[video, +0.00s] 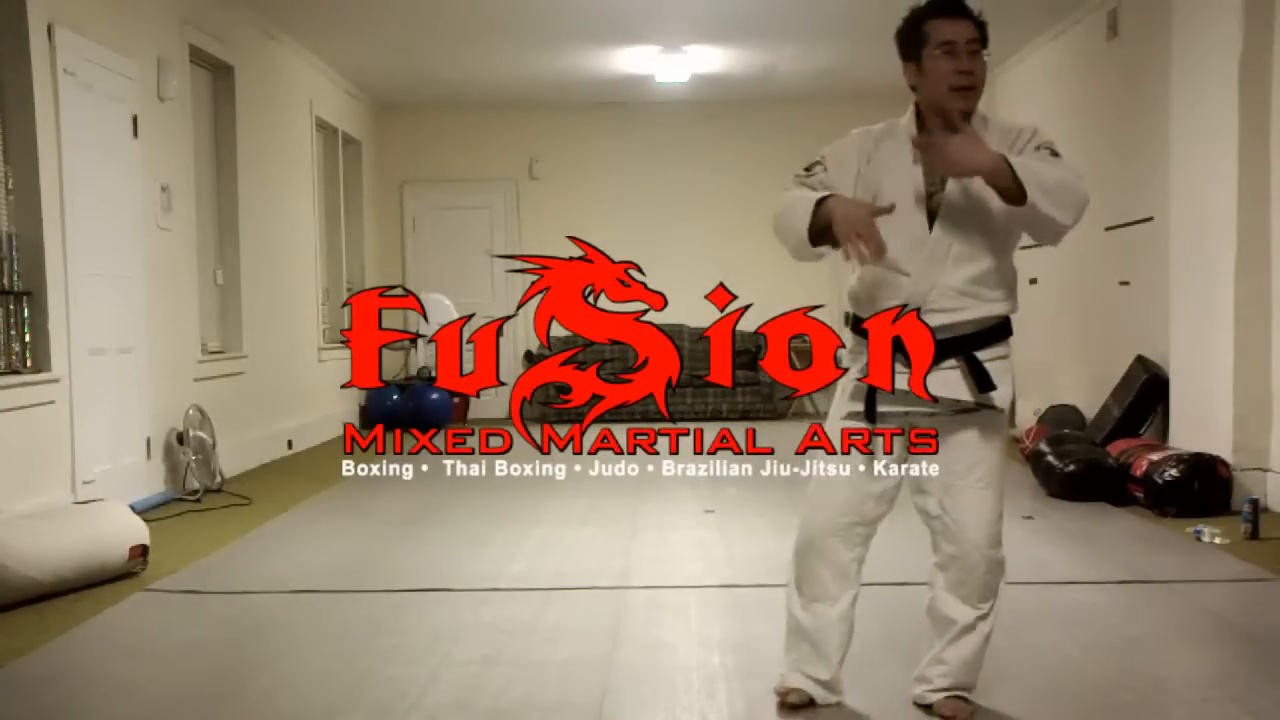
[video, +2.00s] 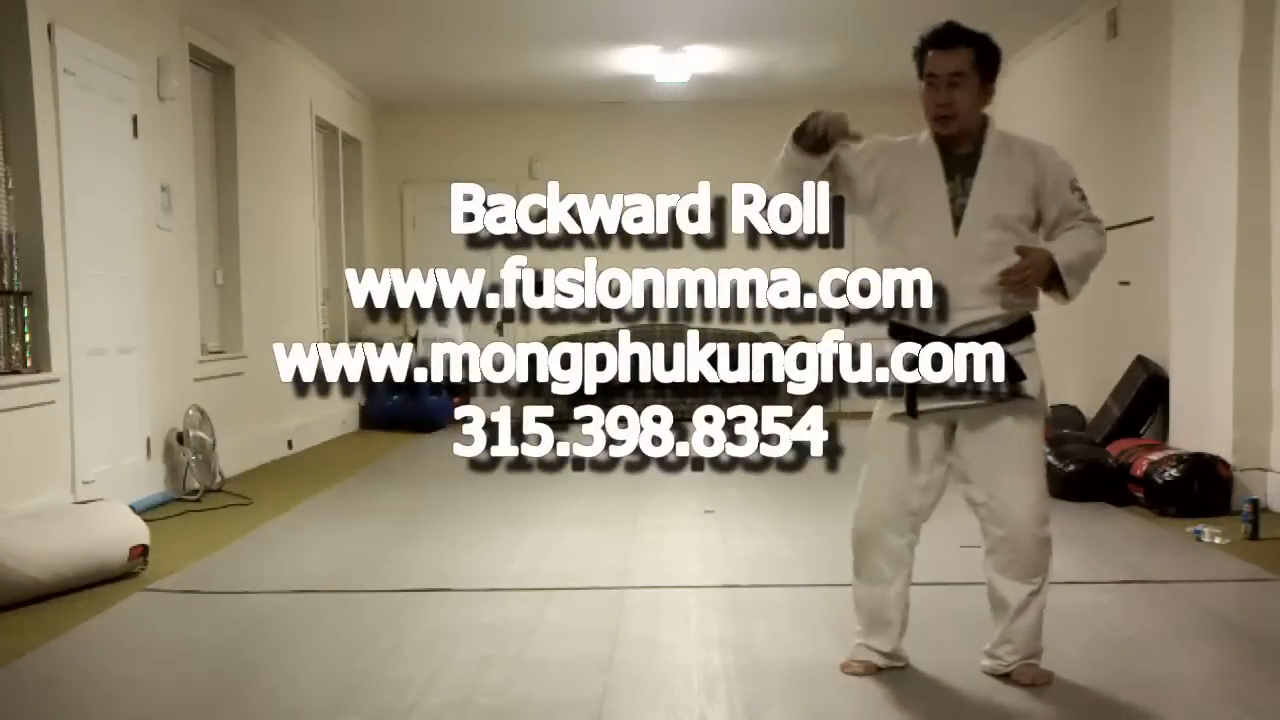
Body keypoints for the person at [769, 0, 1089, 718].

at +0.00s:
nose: (968, 64)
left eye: (976, 50)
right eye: (949, 52)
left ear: (987, 63)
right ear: (912, 69)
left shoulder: (1014, 144)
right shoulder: (865, 149)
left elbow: (1070, 206)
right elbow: (788, 215)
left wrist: (995, 168)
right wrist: (830, 210)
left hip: (972, 362)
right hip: (874, 362)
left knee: (975, 545)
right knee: (827, 531)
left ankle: (947, 688)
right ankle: (807, 680)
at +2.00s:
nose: (941, 96)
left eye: (957, 82)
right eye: (931, 82)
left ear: (987, 88)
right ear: (918, 88)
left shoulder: (1035, 162)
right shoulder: (880, 160)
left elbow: (1085, 233)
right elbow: (790, 191)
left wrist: (1053, 260)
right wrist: (810, 146)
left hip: (1000, 369)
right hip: (907, 371)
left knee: (1022, 523)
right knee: (880, 518)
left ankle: (1015, 654)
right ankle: (877, 642)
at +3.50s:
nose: (940, 85)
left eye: (957, 73)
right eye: (931, 73)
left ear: (988, 85)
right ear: (919, 86)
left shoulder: (1031, 167)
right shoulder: (887, 154)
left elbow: (1079, 243)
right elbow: (836, 121)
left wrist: (1032, 267)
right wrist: (858, 60)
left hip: (989, 362)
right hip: (896, 363)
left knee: (1011, 521)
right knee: (881, 516)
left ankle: (1014, 651)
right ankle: (879, 643)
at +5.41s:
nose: (967, 87)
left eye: (984, 73)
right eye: (960, 74)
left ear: (1020, 89)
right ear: (950, 84)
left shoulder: (1063, 171)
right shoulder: (915, 154)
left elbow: (1107, 249)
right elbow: (850, 118)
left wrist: (1064, 273)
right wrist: (818, 54)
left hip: (1016, 370)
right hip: (927, 367)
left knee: (1027, 527)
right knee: (892, 518)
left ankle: (1016, 653)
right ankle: (882, 642)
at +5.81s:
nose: (977, 87)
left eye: (995, 74)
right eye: (969, 74)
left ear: (1026, 87)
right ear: (958, 83)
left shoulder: (1069, 171)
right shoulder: (930, 155)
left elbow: (1113, 249)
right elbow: (892, 102)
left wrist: (1066, 269)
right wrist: (932, 41)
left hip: (1022, 368)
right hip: (933, 364)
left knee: (1032, 526)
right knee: (896, 515)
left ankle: (1015, 653)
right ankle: (883, 641)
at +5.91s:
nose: (985, 88)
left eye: (1002, 73)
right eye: (973, 73)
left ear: (1029, 84)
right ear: (959, 83)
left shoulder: (1070, 171)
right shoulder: (933, 156)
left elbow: (1114, 250)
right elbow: (898, 99)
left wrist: (1070, 269)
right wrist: (945, 43)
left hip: (1024, 368)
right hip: (934, 364)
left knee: (1034, 526)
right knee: (897, 514)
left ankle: (1016, 653)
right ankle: (882, 641)